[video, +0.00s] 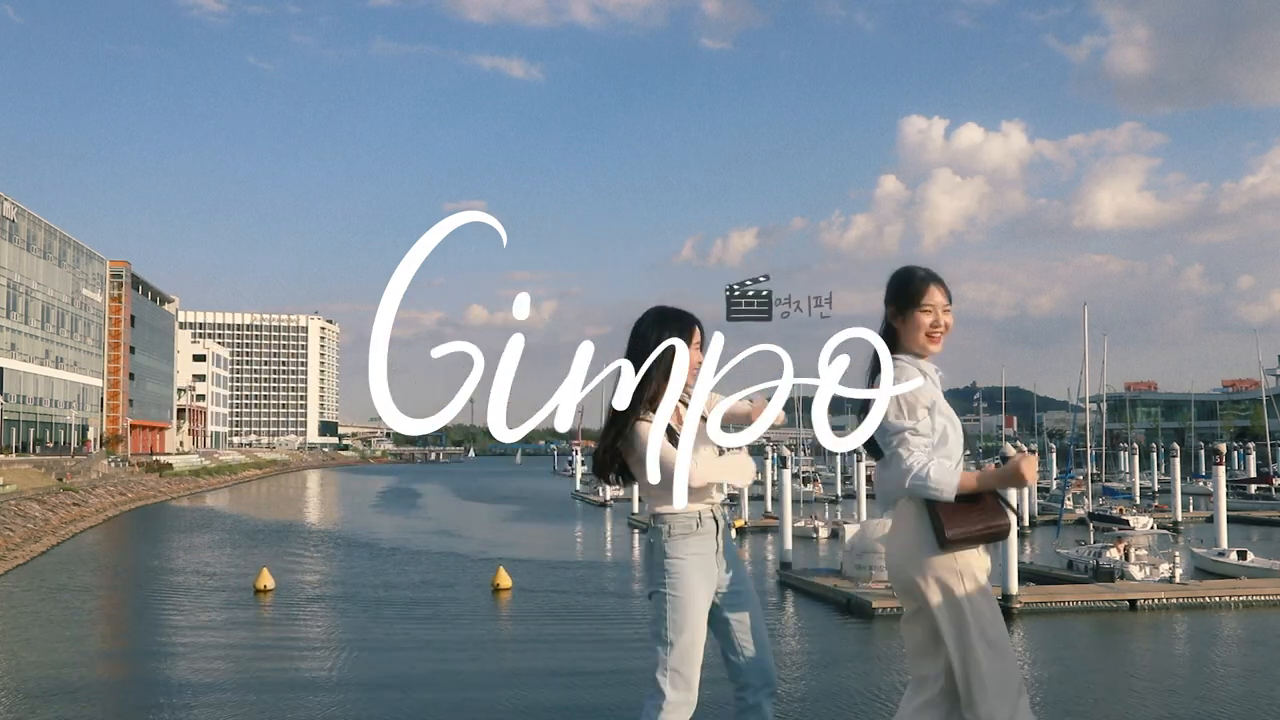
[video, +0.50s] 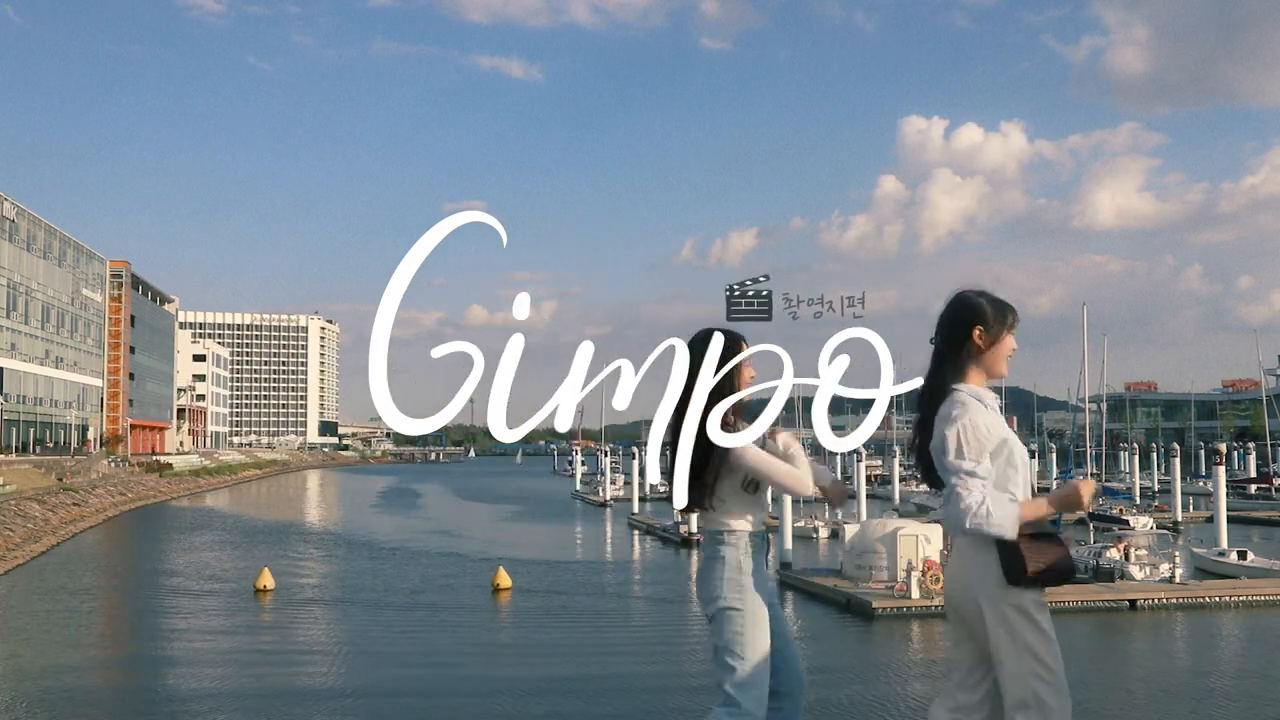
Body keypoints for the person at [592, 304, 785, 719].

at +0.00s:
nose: (700, 357)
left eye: (700, 347)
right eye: (691, 347)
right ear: (661, 353)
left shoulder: (691, 405)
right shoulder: (640, 424)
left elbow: (738, 411)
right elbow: (691, 471)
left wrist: (757, 411)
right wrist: (738, 464)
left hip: (721, 543)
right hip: (680, 547)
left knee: (758, 679)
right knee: (677, 691)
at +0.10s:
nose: (709, 376)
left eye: (709, 366)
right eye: (702, 367)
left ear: (696, 371)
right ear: (675, 371)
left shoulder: (709, 413)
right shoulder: (647, 442)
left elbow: (782, 418)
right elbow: (710, 483)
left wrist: (774, 458)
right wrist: (745, 430)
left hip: (739, 551)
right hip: (695, 558)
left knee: (776, 688)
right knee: (695, 696)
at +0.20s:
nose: (717, 387)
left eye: (716, 377)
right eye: (706, 379)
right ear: (679, 384)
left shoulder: (720, 424)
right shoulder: (662, 451)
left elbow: (778, 429)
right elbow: (721, 502)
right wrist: (779, 443)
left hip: (752, 556)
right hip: (709, 563)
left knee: (787, 687)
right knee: (714, 697)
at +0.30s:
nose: (731, 380)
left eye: (730, 370)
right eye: (722, 371)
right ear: (696, 375)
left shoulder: (730, 420)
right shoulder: (677, 433)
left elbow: (792, 425)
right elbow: (712, 512)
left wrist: (758, 444)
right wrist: (790, 498)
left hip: (758, 555)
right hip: (719, 559)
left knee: (784, 682)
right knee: (735, 686)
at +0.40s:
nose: (741, 376)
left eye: (740, 366)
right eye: (734, 367)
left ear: (721, 374)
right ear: (707, 371)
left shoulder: (730, 417)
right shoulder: (692, 427)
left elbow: (788, 435)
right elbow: (742, 497)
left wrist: (787, 435)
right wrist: (778, 483)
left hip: (755, 553)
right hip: (726, 556)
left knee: (782, 687)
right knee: (736, 691)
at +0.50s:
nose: (752, 372)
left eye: (750, 363)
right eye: (745, 365)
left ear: (722, 373)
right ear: (723, 371)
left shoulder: (736, 426)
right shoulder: (722, 434)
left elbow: (786, 459)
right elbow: (803, 485)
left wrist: (828, 484)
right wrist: (786, 442)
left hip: (752, 562)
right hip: (733, 565)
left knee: (788, 684)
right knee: (743, 699)